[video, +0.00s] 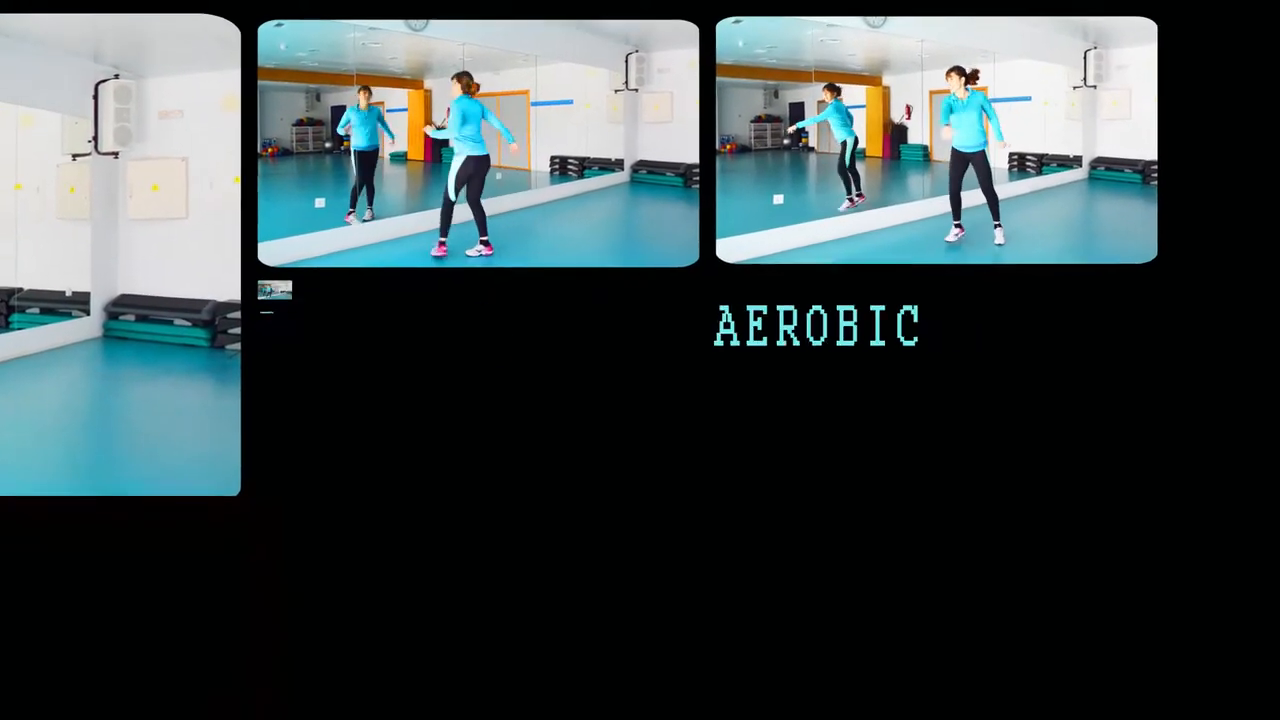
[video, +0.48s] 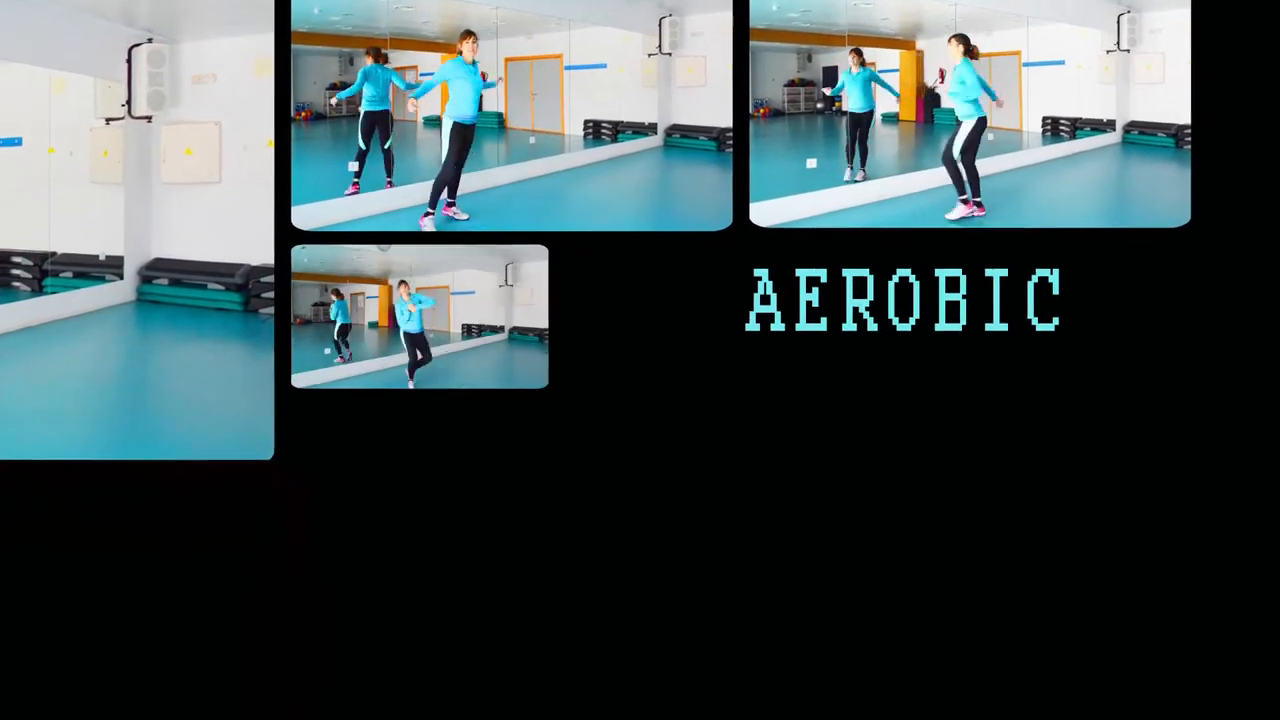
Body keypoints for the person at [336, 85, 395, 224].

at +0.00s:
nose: (365, 96)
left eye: (367, 93)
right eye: (363, 93)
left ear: (370, 96)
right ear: (359, 96)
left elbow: (384, 124)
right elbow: (339, 128)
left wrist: (391, 136)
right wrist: (344, 132)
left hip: (373, 147)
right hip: (358, 148)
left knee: (369, 180)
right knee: (360, 180)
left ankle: (369, 209)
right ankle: (351, 211)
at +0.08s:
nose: (377, 89)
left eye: (378, 87)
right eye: (376, 87)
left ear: (373, 88)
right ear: (368, 87)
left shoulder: (375, 103)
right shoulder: (358, 102)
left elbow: (375, 120)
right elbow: (346, 119)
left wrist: (379, 131)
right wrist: (362, 122)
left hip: (373, 139)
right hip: (361, 139)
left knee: (371, 172)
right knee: (363, 172)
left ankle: (370, 202)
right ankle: (355, 207)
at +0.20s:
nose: (381, 78)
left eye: (380, 75)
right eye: (380, 75)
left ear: (369, 78)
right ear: (378, 77)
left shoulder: (367, 91)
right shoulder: (374, 89)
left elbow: (353, 108)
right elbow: (369, 106)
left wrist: (352, 123)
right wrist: (385, 115)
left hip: (364, 127)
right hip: (368, 128)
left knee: (371, 162)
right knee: (369, 162)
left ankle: (365, 195)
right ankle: (362, 198)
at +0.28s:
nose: (366, 73)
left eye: (366, 71)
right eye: (366, 71)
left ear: (369, 72)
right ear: (379, 71)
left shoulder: (362, 85)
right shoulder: (381, 83)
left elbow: (349, 100)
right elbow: (382, 100)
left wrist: (340, 116)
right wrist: (398, 109)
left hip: (362, 121)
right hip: (374, 122)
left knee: (365, 157)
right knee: (375, 157)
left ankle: (360, 191)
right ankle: (368, 193)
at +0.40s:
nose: (366, 64)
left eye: (367, 61)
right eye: (367, 61)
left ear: (369, 62)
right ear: (380, 62)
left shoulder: (362, 76)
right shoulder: (386, 75)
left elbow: (351, 92)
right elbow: (396, 90)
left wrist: (335, 104)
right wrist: (412, 94)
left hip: (365, 116)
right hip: (381, 115)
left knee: (363, 151)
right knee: (382, 151)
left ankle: (354, 185)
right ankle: (381, 186)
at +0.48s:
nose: (365, 60)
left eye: (366, 57)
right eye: (366, 57)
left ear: (370, 58)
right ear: (380, 58)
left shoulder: (365, 71)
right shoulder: (389, 71)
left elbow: (356, 88)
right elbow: (404, 86)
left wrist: (338, 97)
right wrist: (420, 86)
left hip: (368, 111)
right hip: (384, 111)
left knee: (363, 148)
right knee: (387, 147)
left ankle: (355, 183)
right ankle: (389, 181)